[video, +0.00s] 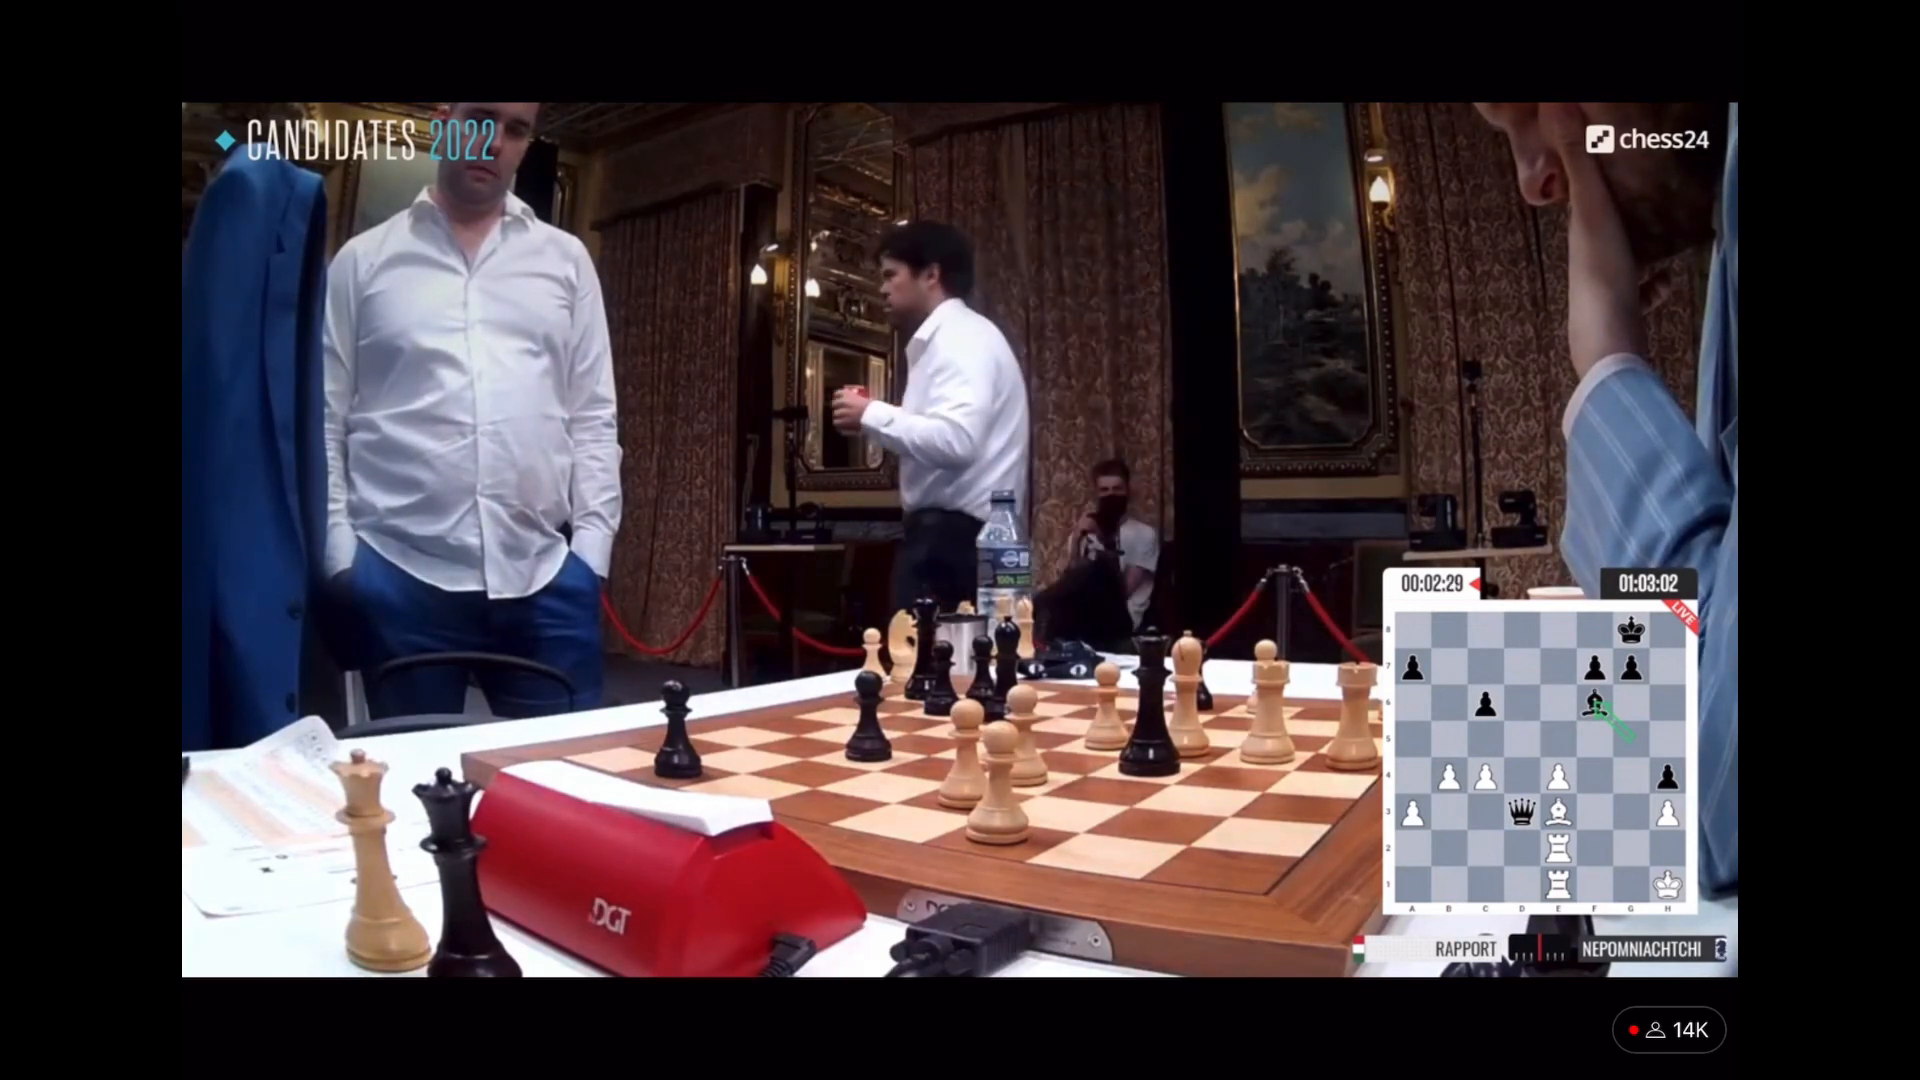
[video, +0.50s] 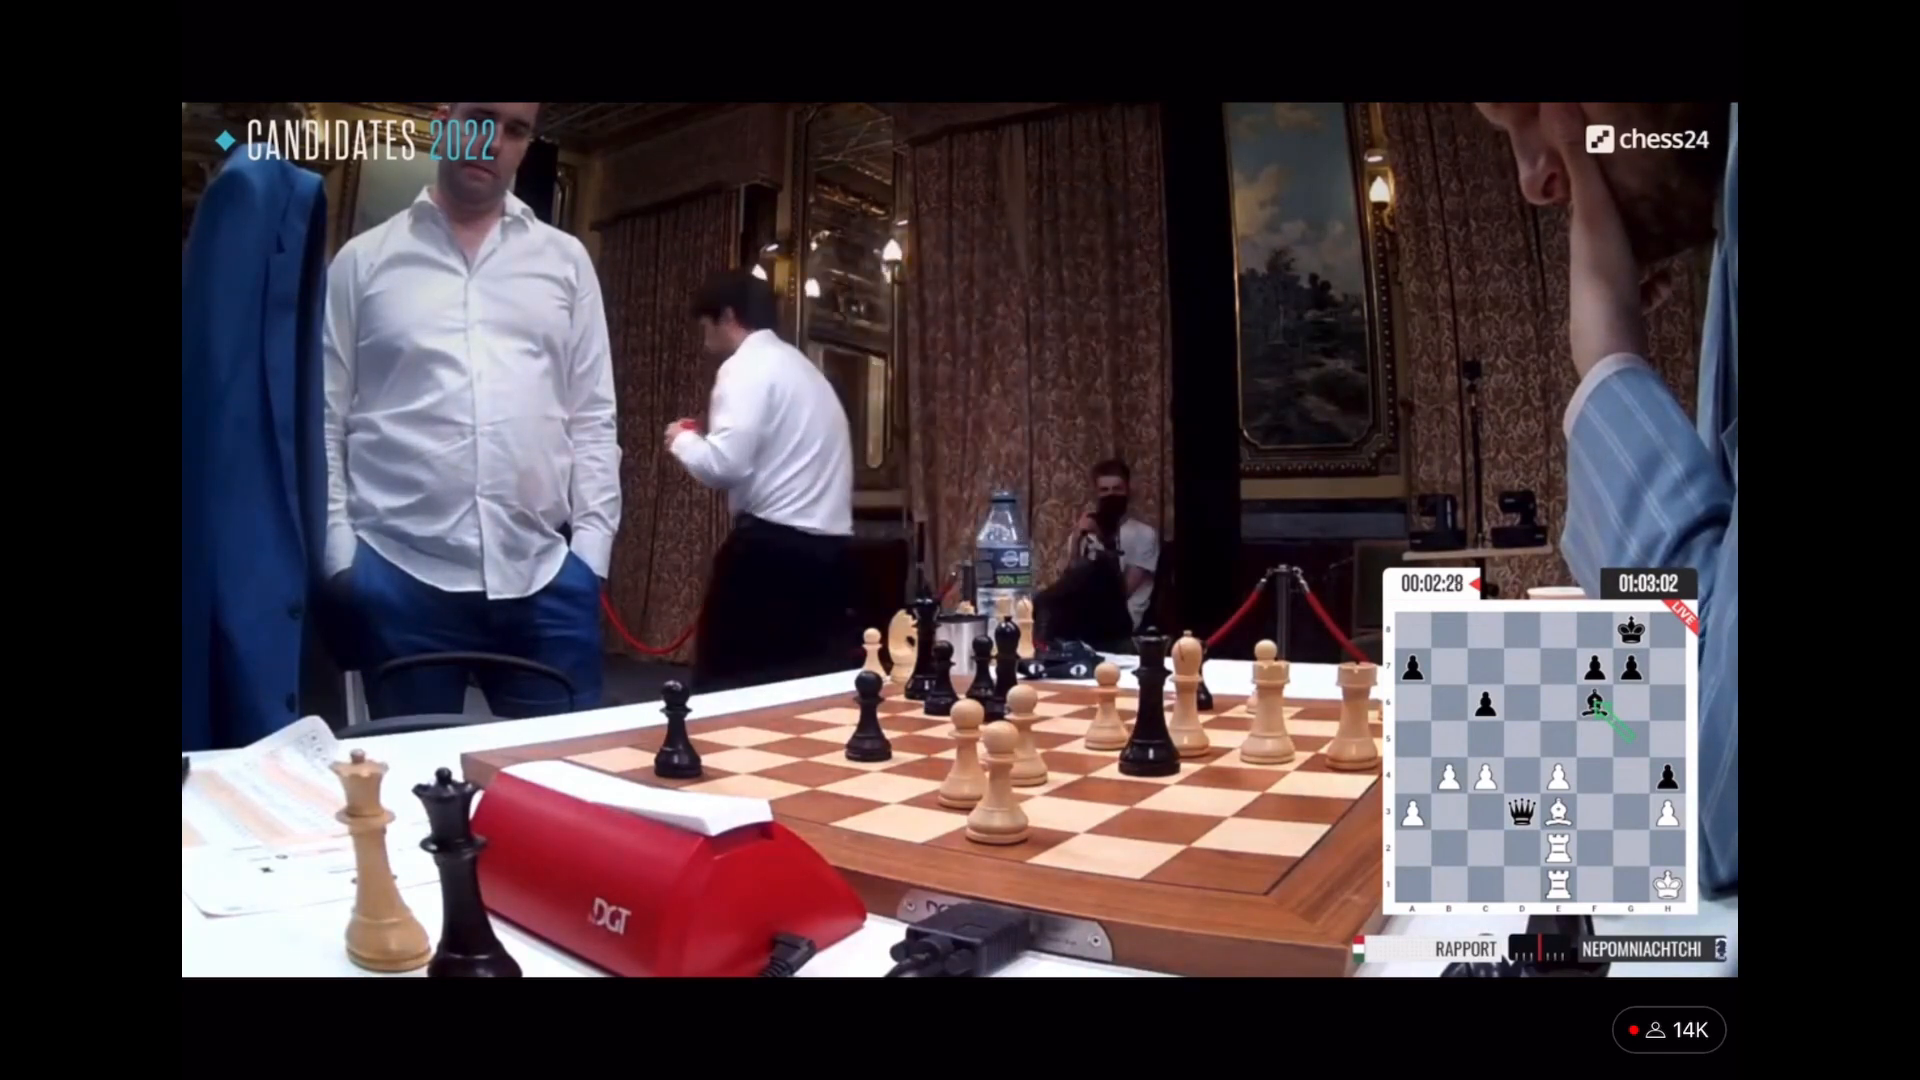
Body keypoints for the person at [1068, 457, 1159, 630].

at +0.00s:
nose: (1110, 495)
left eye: (1117, 489)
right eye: (1104, 490)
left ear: (1127, 491)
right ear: (1096, 493)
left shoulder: (1144, 535)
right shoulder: (1083, 535)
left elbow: (1126, 589)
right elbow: (1070, 581)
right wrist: (1076, 538)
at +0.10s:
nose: (1110, 495)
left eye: (1117, 489)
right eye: (1104, 490)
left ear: (1127, 491)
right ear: (1096, 493)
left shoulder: (1144, 536)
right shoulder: (1084, 535)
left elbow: (1125, 590)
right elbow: (1072, 582)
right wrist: (1076, 539)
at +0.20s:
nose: (1110, 495)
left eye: (1117, 489)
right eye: (1104, 490)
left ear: (1127, 491)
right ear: (1095, 493)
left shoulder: (1144, 536)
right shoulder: (1083, 535)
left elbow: (1126, 590)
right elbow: (1071, 582)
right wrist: (1076, 539)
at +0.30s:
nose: (1110, 495)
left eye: (1117, 489)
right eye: (1104, 490)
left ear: (1127, 491)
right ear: (1095, 493)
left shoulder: (1144, 536)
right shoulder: (1084, 535)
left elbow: (1126, 590)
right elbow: (1071, 582)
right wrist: (1076, 539)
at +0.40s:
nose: (1110, 496)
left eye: (1117, 489)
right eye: (1104, 490)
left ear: (1127, 491)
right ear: (1096, 493)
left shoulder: (1144, 536)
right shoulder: (1084, 535)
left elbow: (1126, 590)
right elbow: (1071, 582)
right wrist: (1075, 540)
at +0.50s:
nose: (1110, 496)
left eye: (1117, 489)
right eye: (1104, 490)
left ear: (1127, 491)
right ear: (1096, 493)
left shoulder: (1144, 536)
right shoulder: (1083, 535)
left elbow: (1125, 590)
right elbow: (1071, 583)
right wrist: (1076, 540)